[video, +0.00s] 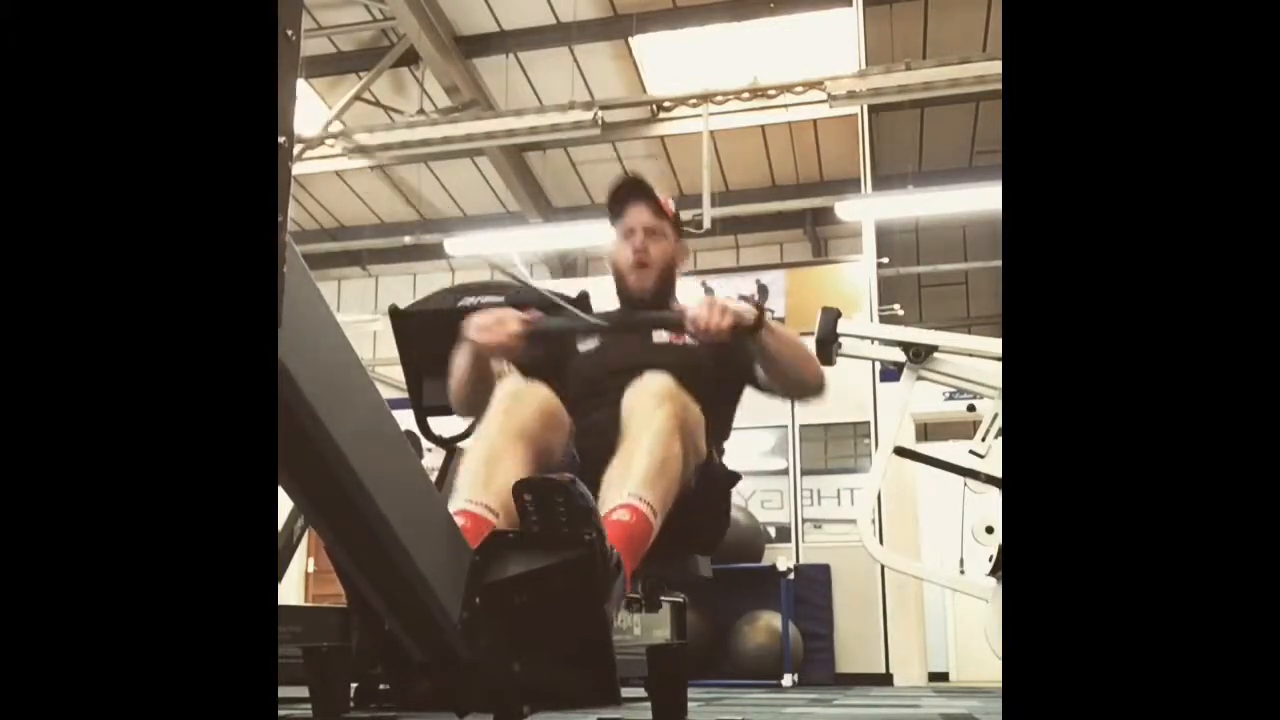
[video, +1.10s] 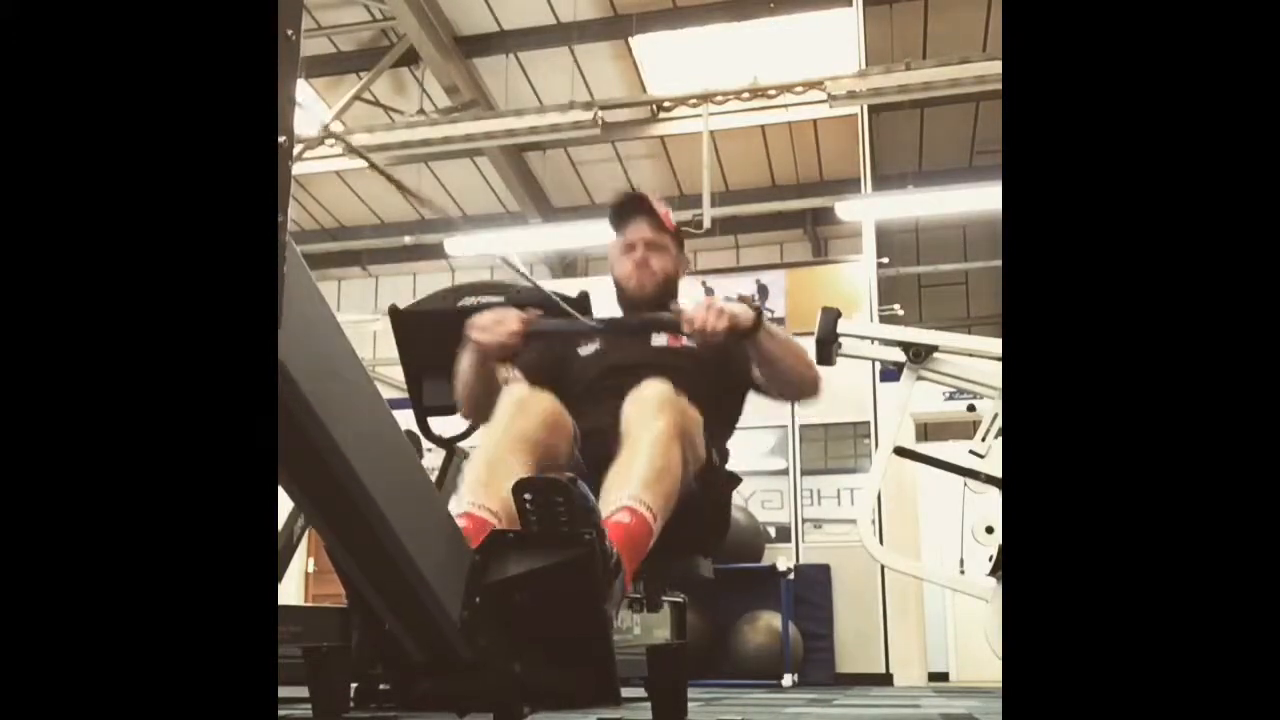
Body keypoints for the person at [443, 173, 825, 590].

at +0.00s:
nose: (639, 246)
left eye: (654, 235)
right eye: (628, 235)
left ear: (680, 250)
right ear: (612, 251)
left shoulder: (717, 329)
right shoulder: (571, 332)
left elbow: (809, 383)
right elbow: (468, 407)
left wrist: (753, 326)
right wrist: (473, 344)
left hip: (681, 501)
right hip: (568, 492)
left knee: (654, 391)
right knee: (521, 395)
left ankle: (606, 567)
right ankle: (458, 553)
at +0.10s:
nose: (622, 203)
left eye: (639, 190)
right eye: (609, 190)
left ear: (666, 208)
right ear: (590, 207)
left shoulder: (705, 293)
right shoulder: (551, 287)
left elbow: (778, 342)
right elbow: (461, 387)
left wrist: (734, 305)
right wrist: (445, 339)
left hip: (675, 497)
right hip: (559, 493)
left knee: (655, 357)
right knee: (510, 365)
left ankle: (606, 566)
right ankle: (445, 556)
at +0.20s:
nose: (603, 161)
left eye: (620, 150)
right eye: (588, 151)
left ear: (652, 174)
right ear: (569, 179)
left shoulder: (698, 257)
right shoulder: (524, 274)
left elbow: (749, 308)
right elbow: (455, 329)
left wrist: (703, 285)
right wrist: (403, 319)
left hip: (669, 492)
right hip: (546, 487)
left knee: (652, 341)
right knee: (489, 336)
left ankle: (606, 565)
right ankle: (443, 557)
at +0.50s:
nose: (619, 182)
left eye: (636, 175)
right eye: (606, 175)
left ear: (665, 196)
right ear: (588, 200)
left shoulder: (699, 267)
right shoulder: (556, 276)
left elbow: (735, 328)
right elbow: (478, 328)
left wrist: (697, 287)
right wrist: (429, 307)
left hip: (676, 477)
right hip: (562, 474)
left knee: (664, 395)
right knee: (508, 398)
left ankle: (612, 568)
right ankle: (446, 557)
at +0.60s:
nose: (639, 219)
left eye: (654, 212)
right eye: (627, 213)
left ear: (680, 229)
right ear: (613, 231)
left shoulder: (711, 301)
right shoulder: (580, 311)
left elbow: (760, 350)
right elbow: (505, 356)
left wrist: (722, 307)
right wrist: (478, 323)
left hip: (688, 481)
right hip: (581, 477)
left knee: (666, 434)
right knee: (522, 444)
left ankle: (610, 579)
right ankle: (448, 562)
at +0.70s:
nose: (652, 269)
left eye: (667, 261)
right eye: (641, 259)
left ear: (691, 280)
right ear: (624, 274)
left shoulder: (722, 345)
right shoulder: (593, 348)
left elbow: (784, 401)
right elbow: (512, 408)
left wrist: (744, 354)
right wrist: (509, 365)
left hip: (686, 481)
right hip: (587, 479)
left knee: (666, 469)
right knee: (531, 471)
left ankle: (613, 577)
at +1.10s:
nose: (641, 259)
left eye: (655, 248)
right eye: (628, 249)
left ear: (681, 262)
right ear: (611, 261)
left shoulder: (716, 333)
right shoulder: (570, 337)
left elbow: (803, 385)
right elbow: (475, 410)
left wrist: (753, 328)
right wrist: (476, 347)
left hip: (682, 499)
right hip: (566, 493)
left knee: (654, 397)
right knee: (526, 400)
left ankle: (610, 560)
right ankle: (465, 547)